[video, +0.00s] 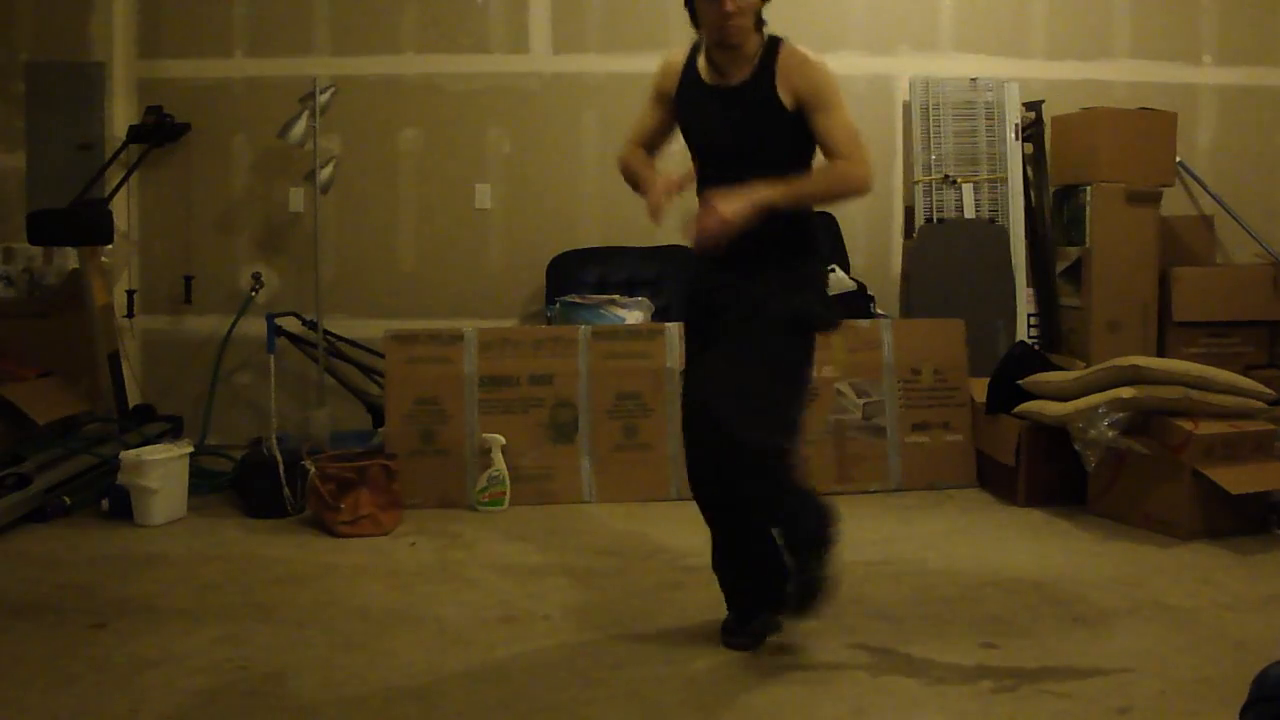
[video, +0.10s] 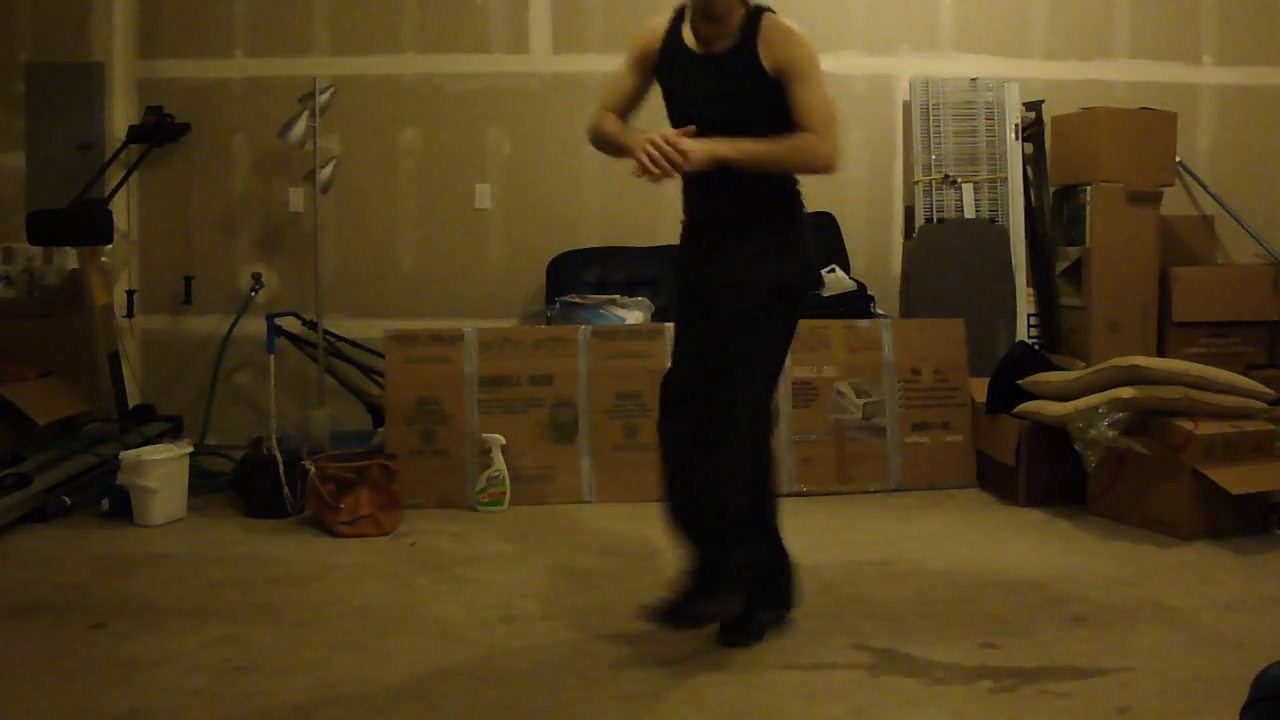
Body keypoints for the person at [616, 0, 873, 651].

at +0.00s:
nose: (728, 9)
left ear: (761, 5)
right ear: (693, 7)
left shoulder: (800, 72)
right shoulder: (679, 73)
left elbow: (855, 171)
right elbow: (632, 154)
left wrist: (753, 196)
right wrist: (650, 179)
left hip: (789, 273)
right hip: (716, 273)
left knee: (751, 437)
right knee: (708, 449)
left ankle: (808, 532)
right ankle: (752, 598)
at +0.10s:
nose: (709, 3)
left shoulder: (781, 41)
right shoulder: (662, 38)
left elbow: (824, 149)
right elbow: (602, 124)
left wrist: (712, 150)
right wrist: (634, 143)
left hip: (772, 248)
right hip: (704, 247)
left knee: (732, 413)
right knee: (687, 408)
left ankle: (765, 583)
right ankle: (716, 573)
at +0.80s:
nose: (531, 20)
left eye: (549, 8)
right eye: (522, 7)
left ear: (581, 18)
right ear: (508, 14)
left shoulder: (612, 92)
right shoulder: (471, 79)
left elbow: (663, 196)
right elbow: (428, 157)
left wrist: (638, 172)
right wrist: (418, 236)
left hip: (566, 303)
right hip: (477, 297)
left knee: (620, 455)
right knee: (424, 446)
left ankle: (631, 620)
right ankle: (352, 564)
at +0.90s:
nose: (519, 22)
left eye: (536, 10)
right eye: (512, 10)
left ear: (575, 15)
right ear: (503, 14)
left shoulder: (614, 86)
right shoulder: (475, 81)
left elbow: (631, 184)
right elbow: (412, 149)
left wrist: (642, 242)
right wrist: (388, 221)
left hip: (560, 304)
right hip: (474, 299)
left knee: (591, 468)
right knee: (416, 448)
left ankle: (613, 619)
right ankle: (352, 570)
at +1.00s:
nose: (526, 9)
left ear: (578, 3)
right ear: (510, 6)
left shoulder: (632, 71)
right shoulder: (497, 67)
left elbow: (655, 184)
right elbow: (431, 127)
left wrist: (660, 285)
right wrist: (420, 152)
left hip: (581, 287)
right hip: (500, 280)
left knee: (571, 458)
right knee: (435, 432)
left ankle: (598, 619)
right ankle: (373, 567)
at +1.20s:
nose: (576, 7)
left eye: (588, 2)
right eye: (568, 0)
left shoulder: (660, 36)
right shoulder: (529, 24)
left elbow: (692, 145)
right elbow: (433, 88)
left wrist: (704, 245)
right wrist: (527, 60)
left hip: (615, 260)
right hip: (535, 252)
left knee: (590, 435)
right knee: (505, 418)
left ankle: (591, 614)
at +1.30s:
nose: (596, 4)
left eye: (607, 2)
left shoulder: (670, 36)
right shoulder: (537, 22)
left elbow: (703, 134)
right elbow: (463, 99)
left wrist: (719, 225)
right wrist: (562, 61)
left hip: (631, 248)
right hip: (556, 244)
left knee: (602, 421)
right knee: (576, 416)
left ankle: (582, 620)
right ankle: (697, 526)